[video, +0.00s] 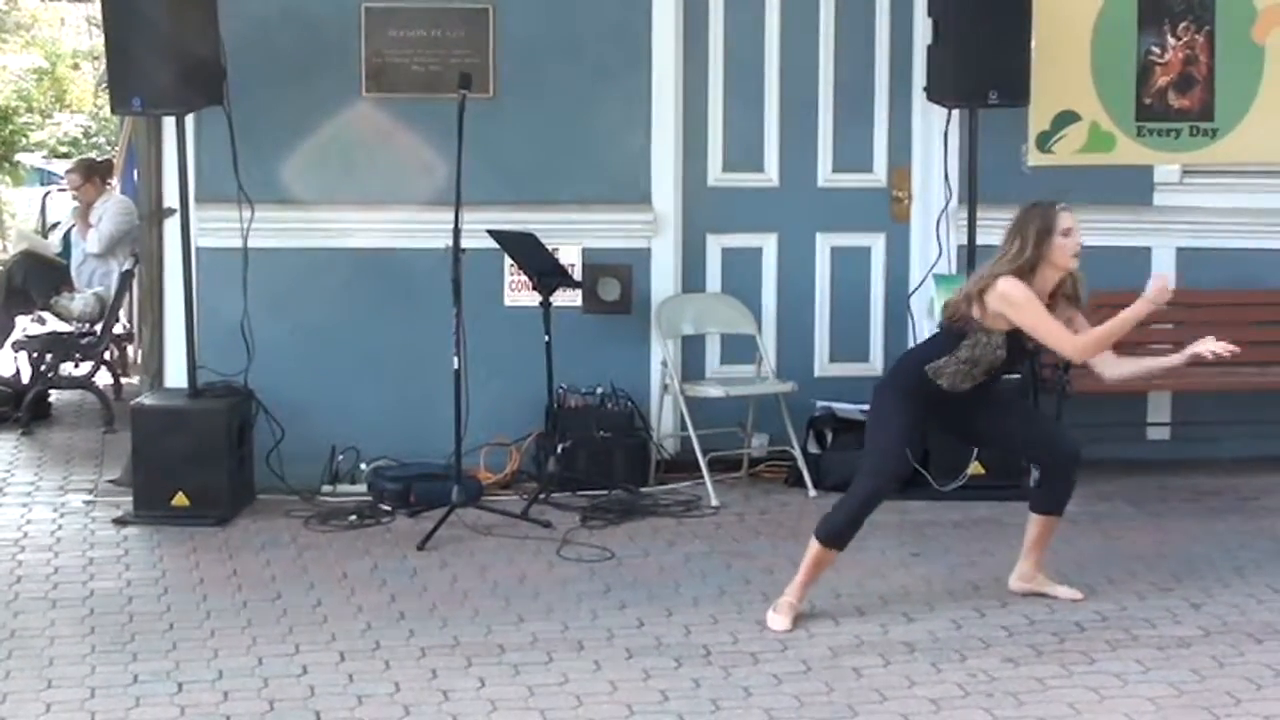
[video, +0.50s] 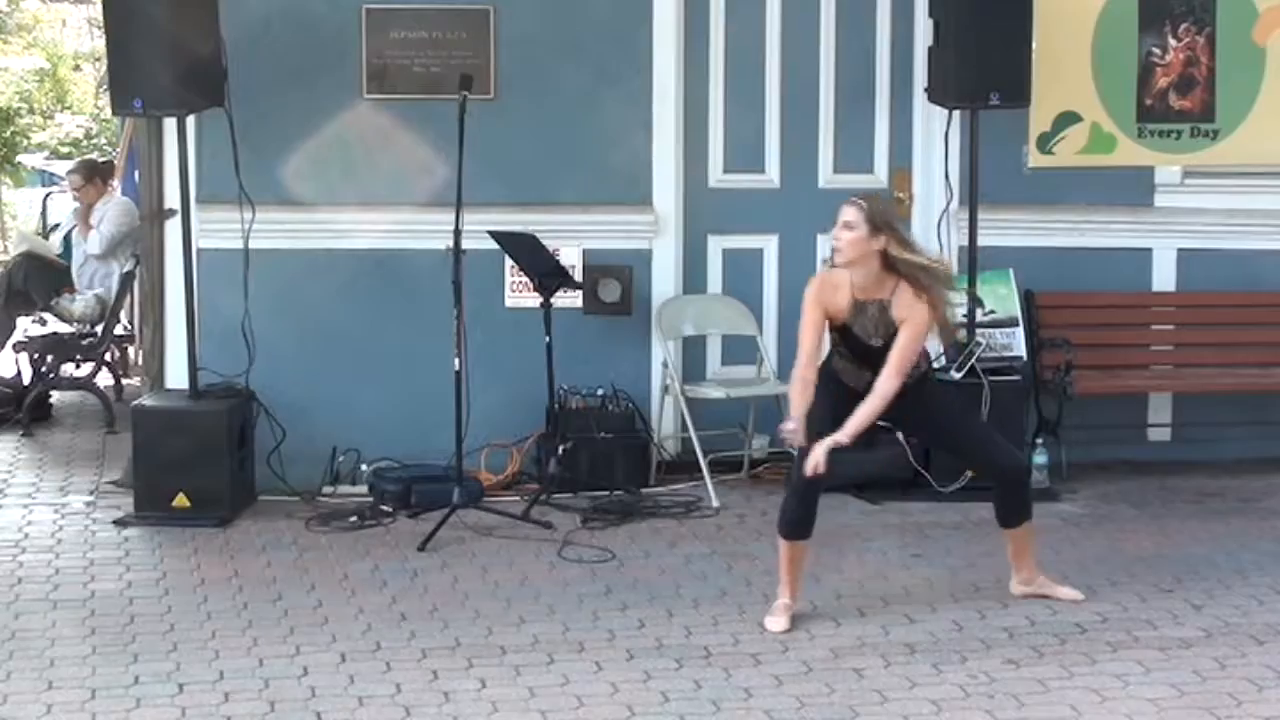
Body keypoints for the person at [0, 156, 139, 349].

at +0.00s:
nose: (73, 195)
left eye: (76, 189)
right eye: (71, 190)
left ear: (94, 183)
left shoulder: (121, 207)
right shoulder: (84, 210)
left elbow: (99, 245)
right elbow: (56, 247)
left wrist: (81, 221)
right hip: (75, 286)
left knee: (26, 262)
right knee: (10, 301)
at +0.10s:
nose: (74, 196)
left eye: (77, 190)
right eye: (71, 191)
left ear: (94, 183)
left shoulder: (121, 207)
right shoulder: (84, 210)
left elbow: (99, 246)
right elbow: (55, 248)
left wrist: (81, 223)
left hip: (100, 296)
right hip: (74, 286)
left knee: (26, 263)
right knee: (9, 301)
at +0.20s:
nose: (74, 197)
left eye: (77, 190)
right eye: (72, 192)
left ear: (95, 184)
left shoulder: (121, 208)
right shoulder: (84, 211)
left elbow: (99, 246)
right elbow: (55, 248)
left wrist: (81, 222)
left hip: (100, 297)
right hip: (76, 287)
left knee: (26, 263)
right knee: (10, 304)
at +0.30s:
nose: (74, 197)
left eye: (78, 190)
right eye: (72, 192)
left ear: (95, 184)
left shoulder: (122, 208)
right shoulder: (85, 211)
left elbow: (100, 246)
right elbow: (56, 248)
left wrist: (82, 223)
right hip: (77, 288)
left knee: (27, 263)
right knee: (9, 303)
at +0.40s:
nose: (74, 197)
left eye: (78, 191)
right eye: (72, 192)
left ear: (96, 184)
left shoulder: (121, 208)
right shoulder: (84, 211)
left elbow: (100, 247)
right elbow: (56, 248)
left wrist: (82, 223)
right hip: (75, 287)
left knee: (26, 263)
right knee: (10, 305)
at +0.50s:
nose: (75, 197)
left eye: (78, 190)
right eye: (73, 192)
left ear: (99, 184)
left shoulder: (121, 208)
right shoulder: (83, 211)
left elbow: (98, 246)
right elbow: (56, 247)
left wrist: (82, 222)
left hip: (98, 299)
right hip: (74, 291)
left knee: (26, 264)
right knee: (9, 301)